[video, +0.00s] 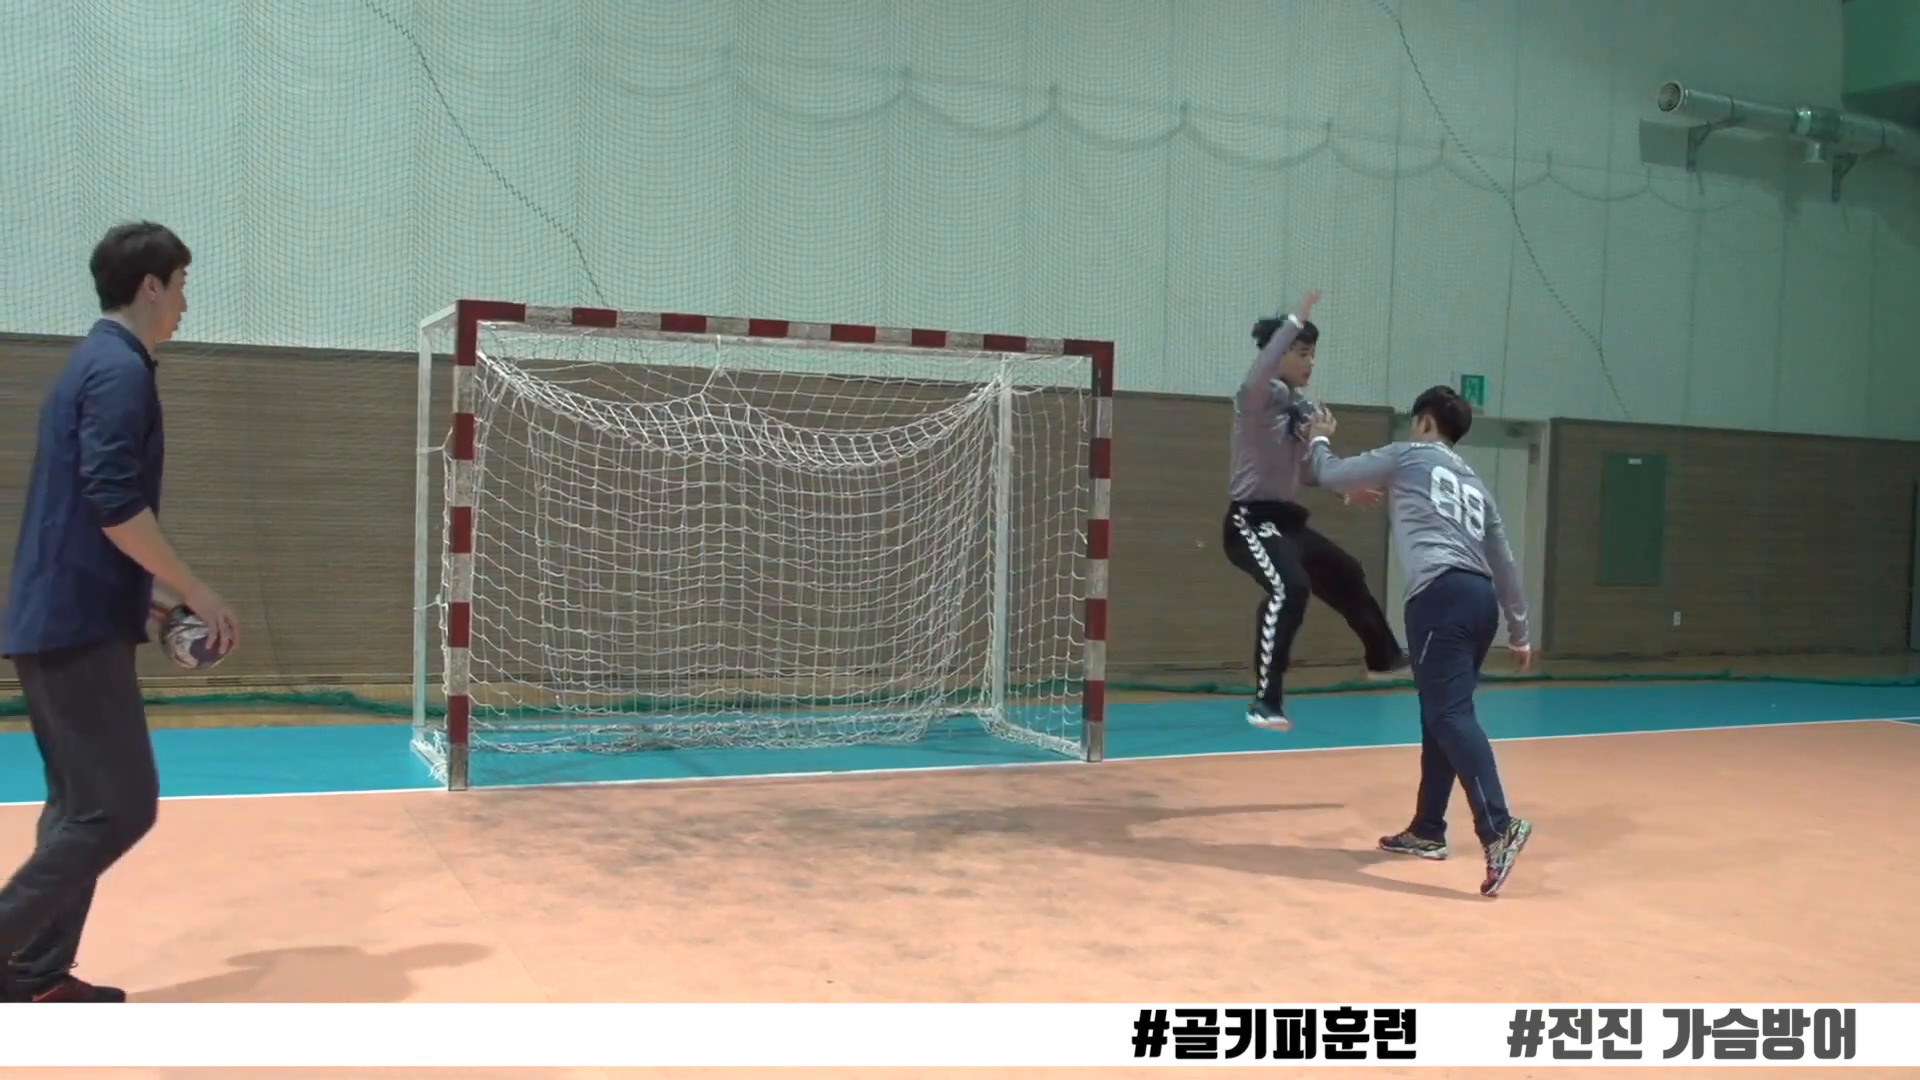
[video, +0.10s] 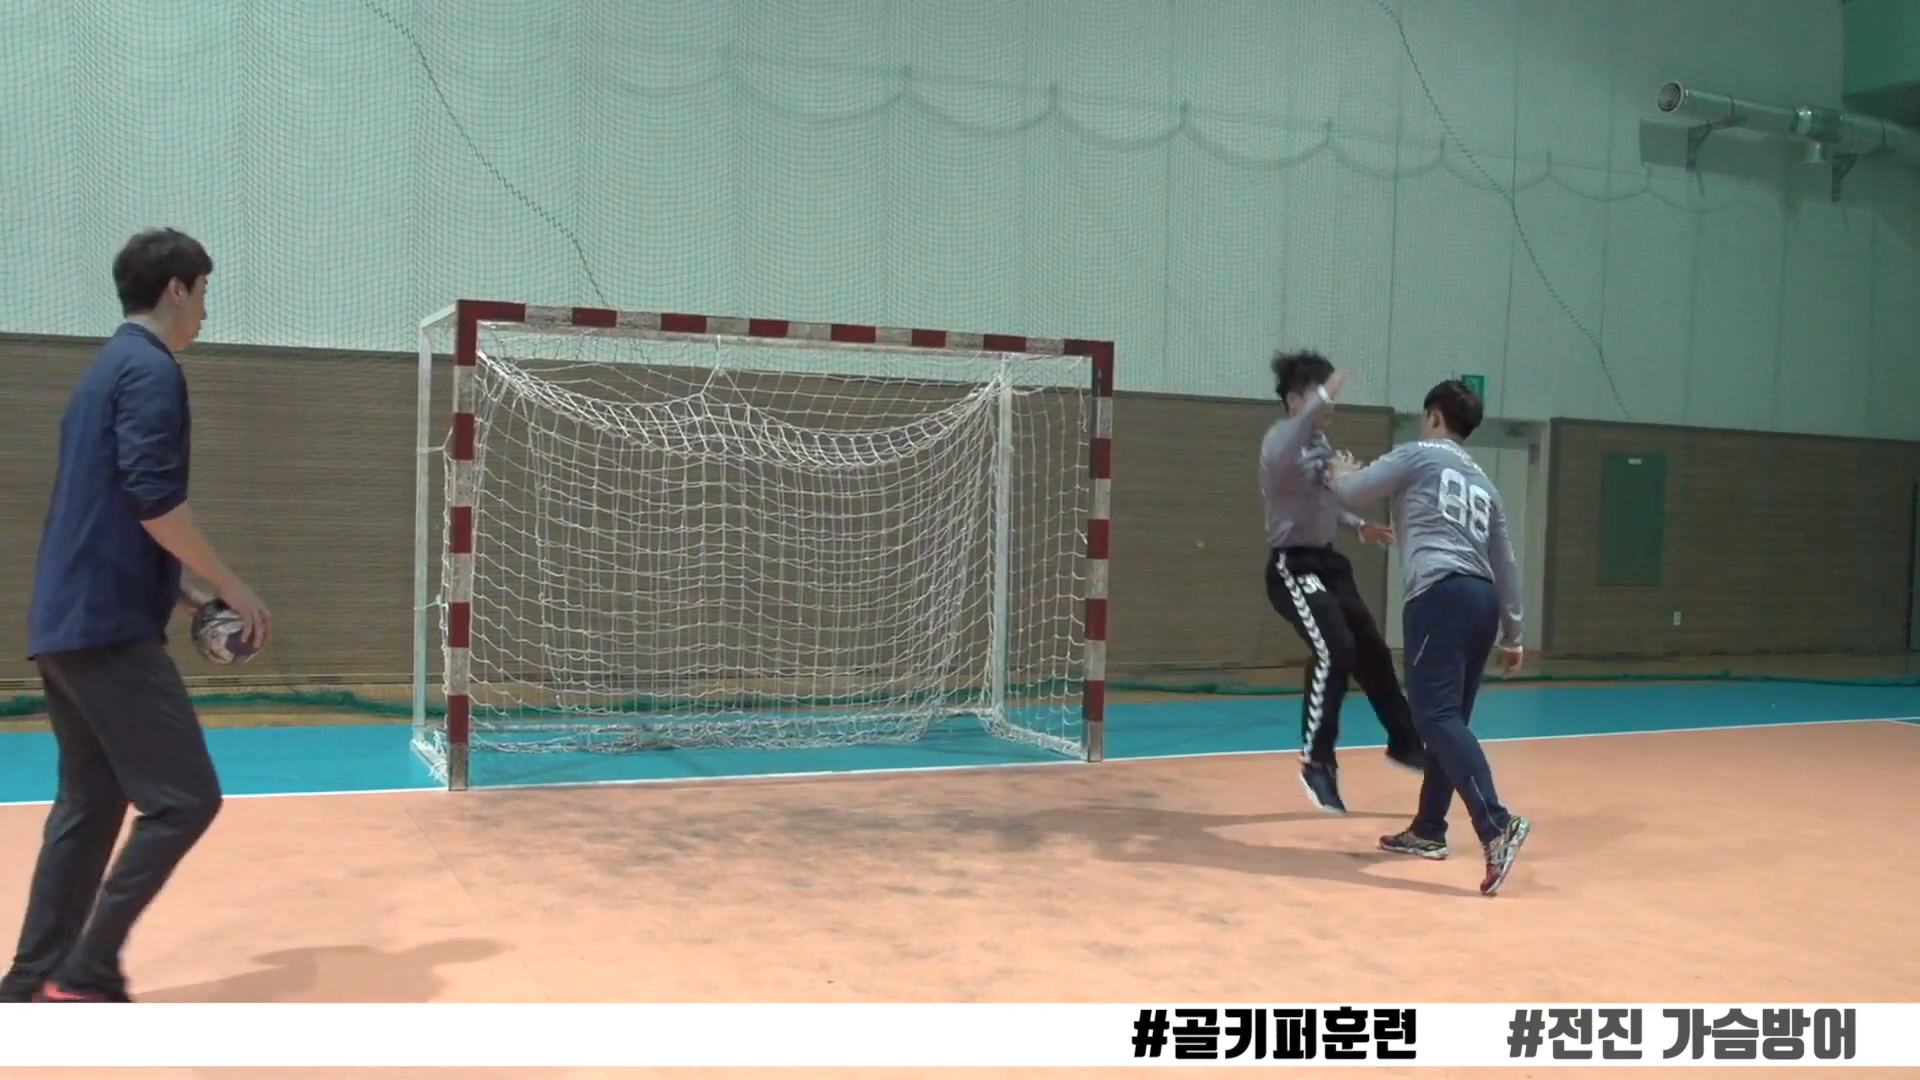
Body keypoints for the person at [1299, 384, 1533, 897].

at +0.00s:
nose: (1410, 430)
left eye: (1413, 422)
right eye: (1413, 423)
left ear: (1425, 423)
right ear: (1457, 433)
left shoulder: (1407, 455)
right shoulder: (1476, 483)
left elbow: (1330, 474)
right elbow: (1503, 560)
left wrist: (1318, 439)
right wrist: (1520, 630)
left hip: (1440, 591)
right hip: (1484, 598)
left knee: (1451, 713)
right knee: (1441, 713)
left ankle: (1498, 827)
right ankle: (1428, 830)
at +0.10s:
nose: (1421, 424)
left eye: (1424, 416)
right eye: (1425, 417)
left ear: (1434, 418)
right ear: (1469, 429)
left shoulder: (1419, 454)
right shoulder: (1483, 483)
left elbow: (1353, 491)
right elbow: (1504, 560)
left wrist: (1339, 472)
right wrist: (1513, 631)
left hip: (1439, 591)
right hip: (1485, 599)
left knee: (1434, 715)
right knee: (1449, 719)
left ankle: (1497, 825)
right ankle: (1428, 828)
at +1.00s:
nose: (1512, 407)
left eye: (1519, 399)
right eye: (1516, 398)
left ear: (1538, 403)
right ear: (1548, 405)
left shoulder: (1550, 453)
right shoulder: (1543, 455)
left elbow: (1577, 531)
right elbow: (1541, 544)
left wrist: (1557, 605)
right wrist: (1507, 602)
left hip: (1535, 616)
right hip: (1545, 615)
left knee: (1521, 741)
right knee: (1564, 738)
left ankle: (1523, 861)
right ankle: (1602, 857)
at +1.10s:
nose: (1525, 408)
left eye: (1531, 398)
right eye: (1529, 398)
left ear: (1551, 404)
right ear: (1561, 407)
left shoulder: (1562, 455)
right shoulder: (1558, 457)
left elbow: (1591, 532)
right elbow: (1558, 555)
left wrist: (1573, 612)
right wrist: (1506, 591)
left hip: (1548, 617)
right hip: (1572, 613)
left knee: (1520, 737)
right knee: (1578, 739)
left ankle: (1523, 861)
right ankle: (1605, 860)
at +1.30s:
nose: (1547, 411)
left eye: (1553, 403)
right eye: (1551, 402)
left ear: (1575, 408)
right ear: (1587, 412)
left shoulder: (1580, 461)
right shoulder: (1605, 464)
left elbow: (1584, 542)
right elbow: (1587, 561)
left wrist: (1549, 620)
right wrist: (1524, 600)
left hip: (1586, 621)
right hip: (1614, 621)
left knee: (1528, 730)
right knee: (1599, 741)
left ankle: (1525, 861)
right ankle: (1607, 864)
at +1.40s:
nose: (1555, 410)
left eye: (1562, 401)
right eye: (1559, 400)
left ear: (1585, 408)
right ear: (1594, 411)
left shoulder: (1588, 461)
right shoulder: (1615, 464)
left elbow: (1576, 546)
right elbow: (1599, 558)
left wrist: (1524, 610)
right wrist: (1547, 619)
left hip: (1589, 620)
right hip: (1619, 620)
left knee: (1536, 727)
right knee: (1601, 740)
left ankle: (1535, 862)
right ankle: (1606, 864)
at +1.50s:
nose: (1561, 410)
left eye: (1569, 402)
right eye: (1565, 401)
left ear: (1591, 408)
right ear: (1602, 411)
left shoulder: (1593, 462)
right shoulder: (1624, 465)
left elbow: (1576, 541)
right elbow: (1620, 553)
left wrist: (1511, 592)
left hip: (1592, 621)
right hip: (1623, 621)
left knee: (1543, 732)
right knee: (1603, 740)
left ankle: (1562, 865)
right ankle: (1608, 866)